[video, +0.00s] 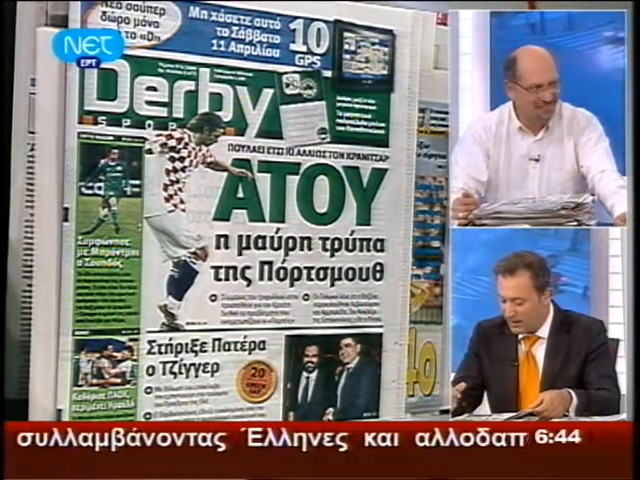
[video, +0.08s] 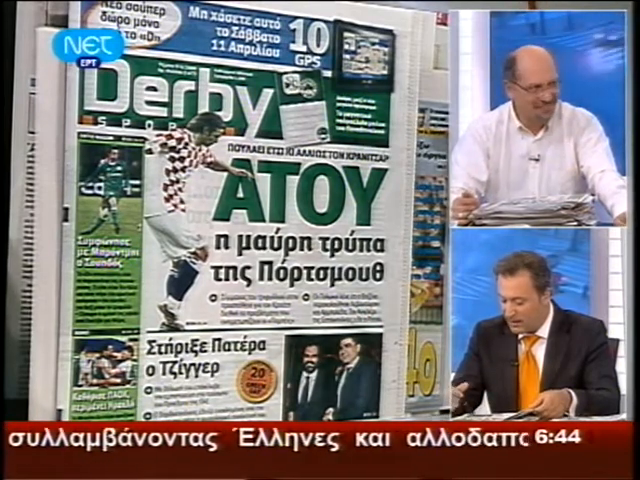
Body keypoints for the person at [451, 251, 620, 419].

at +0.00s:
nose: (509, 312)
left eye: (519, 302)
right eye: (503, 301)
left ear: (546, 296)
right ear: (498, 297)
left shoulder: (588, 333)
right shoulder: (487, 334)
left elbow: (610, 402)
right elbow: (464, 401)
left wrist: (569, 400)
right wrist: (455, 398)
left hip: (569, 452)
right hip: (505, 450)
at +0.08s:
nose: (509, 312)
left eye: (519, 302)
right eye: (504, 301)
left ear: (546, 296)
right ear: (499, 297)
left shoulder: (588, 332)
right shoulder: (487, 334)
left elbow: (610, 402)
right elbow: (464, 399)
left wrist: (569, 400)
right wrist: (455, 399)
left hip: (568, 451)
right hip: (505, 450)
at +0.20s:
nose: (509, 313)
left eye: (519, 303)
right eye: (504, 302)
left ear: (546, 297)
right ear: (499, 297)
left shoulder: (588, 332)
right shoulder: (487, 334)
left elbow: (610, 402)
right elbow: (465, 398)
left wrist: (569, 400)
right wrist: (455, 399)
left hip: (568, 451)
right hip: (505, 450)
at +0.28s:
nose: (509, 313)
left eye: (519, 304)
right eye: (504, 302)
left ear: (546, 297)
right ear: (499, 298)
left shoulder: (588, 333)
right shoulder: (487, 334)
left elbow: (610, 402)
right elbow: (464, 404)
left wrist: (569, 400)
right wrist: (457, 397)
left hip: (569, 452)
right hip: (505, 450)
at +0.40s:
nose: (509, 313)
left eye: (519, 304)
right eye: (504, 302)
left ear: (546, 297)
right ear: (499, 298)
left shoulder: (588, 333)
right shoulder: (487, 334)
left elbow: (610, 402)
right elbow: (461, 401)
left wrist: (569, 400)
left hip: (570, 453)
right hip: (506, 450)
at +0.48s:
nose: (509, 313)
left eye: (519, 303)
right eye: (504, 302)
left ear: (546, 297)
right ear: (499, 298)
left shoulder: (588, 333)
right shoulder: (487, 334)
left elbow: (610, 402)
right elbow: (461, 400)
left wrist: (569, 400)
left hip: (570, 453)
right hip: (506, 451)